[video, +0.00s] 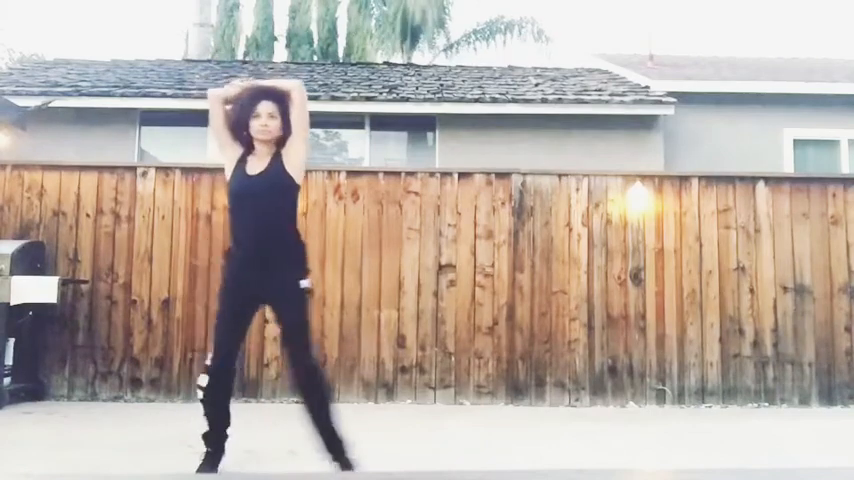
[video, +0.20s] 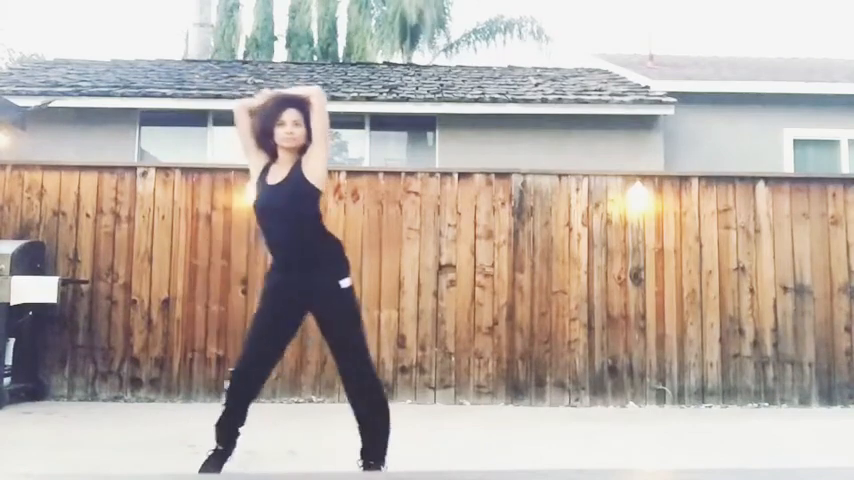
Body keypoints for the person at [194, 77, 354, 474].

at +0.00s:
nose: (265, 121)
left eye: (272, 116)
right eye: (258, 115)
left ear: (283, 123)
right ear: (246, 123)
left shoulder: (291, 158)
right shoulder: (235, 158)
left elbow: (297, 89)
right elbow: (213, 97)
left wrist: (252, 84)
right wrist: (242, 89)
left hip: (286, 274)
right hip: (241, 274)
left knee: (302, 363)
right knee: (221, 362)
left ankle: (336, 450)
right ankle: (213, 449)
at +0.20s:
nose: (290, 129)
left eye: (297, 123)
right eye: (283, 123)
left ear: (308, 131)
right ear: (271, 131)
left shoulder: (313, 164)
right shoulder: (261, 167)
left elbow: (316, 94)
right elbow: (240, 108)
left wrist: (273, 94)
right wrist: (275, 98)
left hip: (327, 279)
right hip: (283, 281)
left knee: (356, 370)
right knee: (250, 367)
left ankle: (374, 456)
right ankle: (222, 447)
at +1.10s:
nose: (231, 122)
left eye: (239, 115)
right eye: (227, 116)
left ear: (257, 122)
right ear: (223, 123)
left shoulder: (264, 157)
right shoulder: (226, 157)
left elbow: (280, 91)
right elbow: (200, 106)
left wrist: (267, 103)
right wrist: (238, 91)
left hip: (242, 274)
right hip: (218, 272)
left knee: (195, 357)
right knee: (223, 361)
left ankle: (242, 443)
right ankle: (244, 445)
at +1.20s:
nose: (215, 122)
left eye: (223, 116)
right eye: (211, 117)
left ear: (241, 122)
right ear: (208, 125)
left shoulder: (247, 159)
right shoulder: (209, 157)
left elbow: (269, 91)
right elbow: (179, 107)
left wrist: (253, 103)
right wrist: (221, 98)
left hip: (226, 275)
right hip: (204, 273)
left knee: (169, 353)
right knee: (219, 365)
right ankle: (245, 450)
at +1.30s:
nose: (196, 122)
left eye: (205, 115)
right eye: (194, 117)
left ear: (224, 123)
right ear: (192, 125)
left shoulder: (233, 160)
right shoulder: (192, 157)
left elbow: (256, 93)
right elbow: (157, 111)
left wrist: (241, 106)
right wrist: (196, 102)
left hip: (208, 282)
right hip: (187, 280)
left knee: (156, 368)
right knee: (208, 369)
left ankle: (108, 455)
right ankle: (243, 447)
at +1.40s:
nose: (179, 119)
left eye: (187, 112)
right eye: (177, 113)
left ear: (208, 121)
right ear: (175, 123)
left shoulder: (215, 159)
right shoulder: (175, 155)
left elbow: (245, 93)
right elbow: (132, 110)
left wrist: (228, 109)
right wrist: (171, 104)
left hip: (187, 277)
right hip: (166, 275)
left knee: (147, 370)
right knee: (183, 367)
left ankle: (96, 457)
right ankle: (233, 439)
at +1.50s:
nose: (161, 117)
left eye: (170, 111)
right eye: (159, 111)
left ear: (192, 119)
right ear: (157, 120)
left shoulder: (199, 160)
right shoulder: (151, 153)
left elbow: (233, 102)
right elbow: (106, 110)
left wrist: (229, 100)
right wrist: (149, 98)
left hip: (165, 273)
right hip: (140, 270)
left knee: (134, 365)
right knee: (149, 367)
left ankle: (93, 459)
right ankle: (212, 434)